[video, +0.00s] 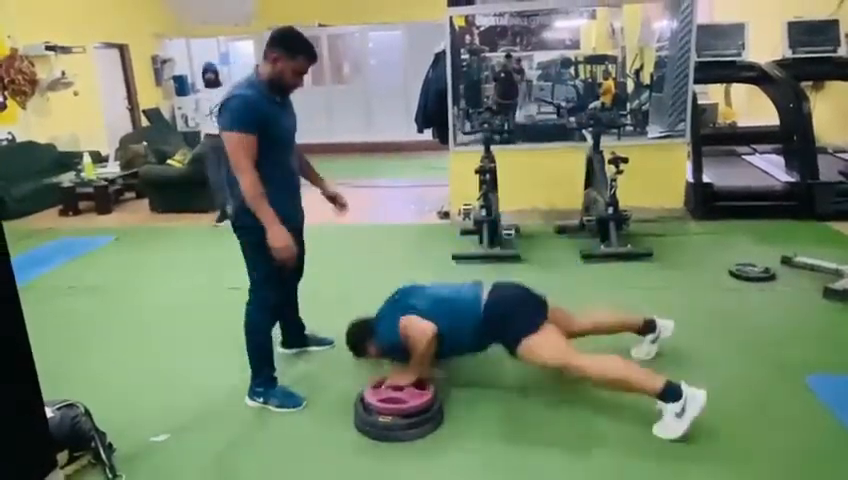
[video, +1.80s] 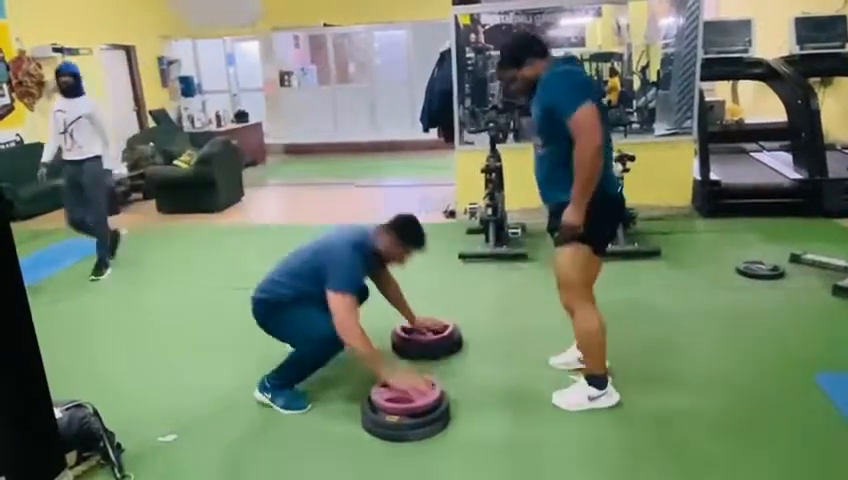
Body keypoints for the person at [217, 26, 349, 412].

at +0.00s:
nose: (302, 81)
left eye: (304, 73)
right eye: (298, 72)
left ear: (281, 63)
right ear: (274, 60)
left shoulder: (278, 97)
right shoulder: (242, 103)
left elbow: (288, 153)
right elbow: (244, 174)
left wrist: (323, 187)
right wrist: (272, 226)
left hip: (287, 210)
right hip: (257, 216)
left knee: (288, 276)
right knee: (265, 296)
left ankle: (294, 335)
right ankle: (262, 384)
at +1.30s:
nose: (337, 93)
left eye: (341, 86)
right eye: (335, 84)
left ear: (320, 75)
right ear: (313, 72)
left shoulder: (311, 105)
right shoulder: (272, 100)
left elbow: (294, 154)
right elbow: (239, 156)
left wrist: (303, 196)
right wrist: (276, 200)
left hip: (298, 211)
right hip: (265, 214)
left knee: (301, 277)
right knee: (273, 292)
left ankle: (301, 334)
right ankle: (269, 382)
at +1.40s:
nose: (352, 110)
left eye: (356, 104)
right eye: (350, 102)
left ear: (335, 90)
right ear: (329, 86)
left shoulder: (322, 115)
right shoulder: (287, 112)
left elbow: (295, 157)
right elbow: (247, 163)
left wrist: (306, 192)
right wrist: (278, 202)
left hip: (291, 212)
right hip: (257, 217)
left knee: (310, 267)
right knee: (281, 289)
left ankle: (302, 333)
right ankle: (269, 382)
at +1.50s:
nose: (367, 144)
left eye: (370, 137)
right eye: (366, 136)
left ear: (350, 125)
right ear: (347, 124)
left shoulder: (333, 148)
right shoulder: (306, 146)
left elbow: (321, 182)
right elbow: (270, 206)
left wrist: (332, 216)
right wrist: (302, 250)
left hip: (287, 220)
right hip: (252, 226)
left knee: (320, 267)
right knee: (291, 297)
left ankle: (302, 332)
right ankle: (269, 385)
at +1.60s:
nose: (377, 184)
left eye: (380, 179)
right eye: (376, 177)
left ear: (359, 165)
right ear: (359, 166)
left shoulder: (339, 182)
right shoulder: (318, 190)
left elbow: (346, 225)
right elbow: (300, 259)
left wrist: (367, 266)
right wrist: (340, 307)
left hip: (283, 242)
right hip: (255, 254)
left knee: (335, 275)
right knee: (307, 310)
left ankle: (306, 333)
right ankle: (270, 387)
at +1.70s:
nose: (388, 226)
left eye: (391, 220)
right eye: (386, 218)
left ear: (369, 204)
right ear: (370, 207)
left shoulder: (352, 219)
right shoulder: (331, 229)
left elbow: (371, 262)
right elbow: (329, 303)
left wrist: (402, 304)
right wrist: (368, 344)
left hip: (289, 273)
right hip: (261, 288)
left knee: (346, 283)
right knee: (316, 326)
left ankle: (316, 335)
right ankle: (271, 387)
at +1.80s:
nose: (403, 260)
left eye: (407, 254)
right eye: (404, 253)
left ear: (389, 235)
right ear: (391, 241)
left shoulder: (367, 241)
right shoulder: (345, 255)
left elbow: (385, 282)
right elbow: (347, 330)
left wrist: (412, 318)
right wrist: (387, 373)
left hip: (300, 292)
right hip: (273, 305)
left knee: (358, 292)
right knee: (329, 338)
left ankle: (325, 344)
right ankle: (273, 385)